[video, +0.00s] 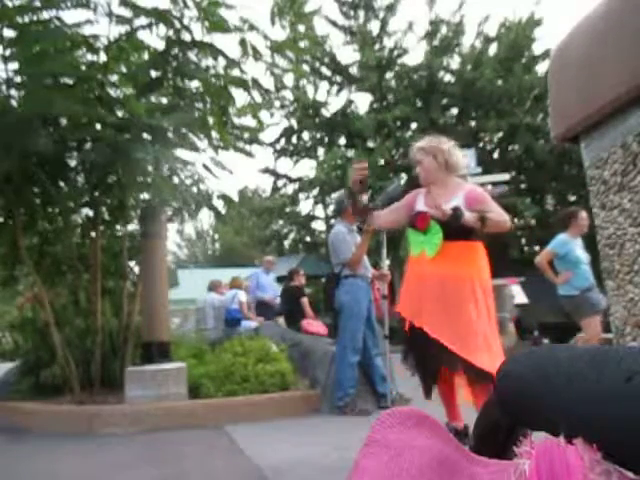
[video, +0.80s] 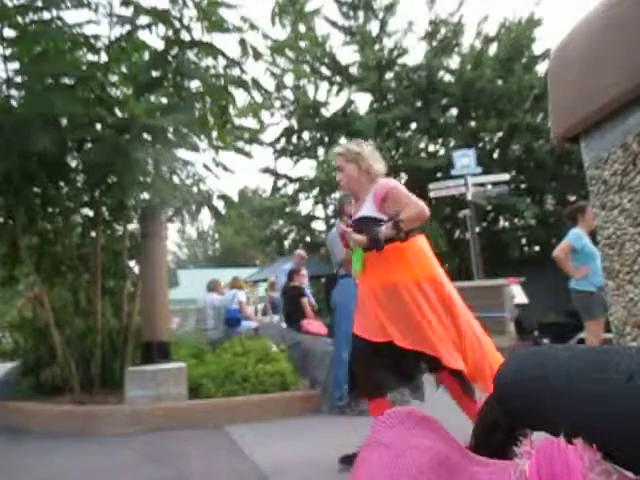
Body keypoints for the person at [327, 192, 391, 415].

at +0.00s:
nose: (361, 211)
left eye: (360, 206)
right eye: (357, 206)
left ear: (349, 209)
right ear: (346, 209)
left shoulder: (352, 232)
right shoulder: (339, 233)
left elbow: (358, 266)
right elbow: (352, 262)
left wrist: (375, 274)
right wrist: (367, 235)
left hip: (363, 284)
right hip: (350, 284)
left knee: (370, 343)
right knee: (350, 344)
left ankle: (385, 393)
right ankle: (344, 398)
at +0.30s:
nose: (362, 207)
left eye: (361, 202)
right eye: (358, 203)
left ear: (353, 207)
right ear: (347, 207)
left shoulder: (356, 231)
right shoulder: (337, 233)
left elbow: (360, 262)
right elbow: (350, 261)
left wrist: (374, 274)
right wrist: (361, 238)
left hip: (364, 283)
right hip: (350, 283)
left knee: (371, 342)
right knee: (349, 344)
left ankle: (385, 393)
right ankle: (343, 398)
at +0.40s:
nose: (361, 206)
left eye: (361, 202)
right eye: (357, 202)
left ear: (354, 207)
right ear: (346, 207)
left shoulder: (357, 231)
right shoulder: (337, 234)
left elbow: (366, 258)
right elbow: (346, 261)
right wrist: (362, 238)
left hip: (364, 285)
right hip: (347, 287)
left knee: (371, 342)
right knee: (348, 345)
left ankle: (384, 392)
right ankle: (343, 397)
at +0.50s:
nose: (361, 206)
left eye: (361, 202)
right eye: (357, 202)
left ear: (357, 207)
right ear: (346, 207)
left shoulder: (357, 231)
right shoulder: (337, 233)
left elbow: (365, 262)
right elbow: (348, 263)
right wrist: (362, 238)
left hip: (366, 282)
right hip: (348, 283)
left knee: (372, 342)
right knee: (348, 343)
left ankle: (385, 392)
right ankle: (344, 397)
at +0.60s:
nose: (362, 206)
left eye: (362, 202)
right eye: (357, 202)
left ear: (354, 207)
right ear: (346, 207)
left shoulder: (357, 232)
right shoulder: (337, 233)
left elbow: (363, 263)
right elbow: (347, 263)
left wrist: (376, 273)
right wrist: (360, 238)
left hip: (365, 283)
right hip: (349, 283)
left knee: (372, 341)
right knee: (348, 343)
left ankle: (385, 392)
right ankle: (343, 397)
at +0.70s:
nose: (361, 209)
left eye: (361, 205)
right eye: (356, 205)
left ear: (358, 207)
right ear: (345, 208)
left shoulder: (359, 231)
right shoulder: (337, 233)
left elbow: (367, 261)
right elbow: (347, 262)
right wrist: (359, 237)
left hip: (366, 282)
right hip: (349, 283)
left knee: (368, 338)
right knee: (347, 342)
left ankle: (377, 388)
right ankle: (344, 396)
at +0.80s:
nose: (354, 209)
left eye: (354, 205)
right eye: (351, 205)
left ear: (350, 208)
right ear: (343, 208)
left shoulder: (354, 229)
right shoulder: (336, 232)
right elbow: (343, 260)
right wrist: (359, 245)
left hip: (359, 279)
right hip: (345, 281)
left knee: (355, 339)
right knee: (344, 340)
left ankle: (354, 392)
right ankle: (340, 395)